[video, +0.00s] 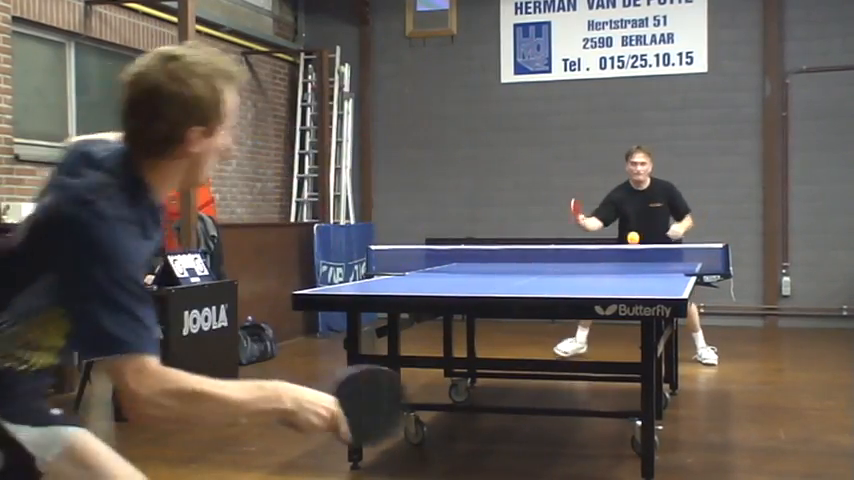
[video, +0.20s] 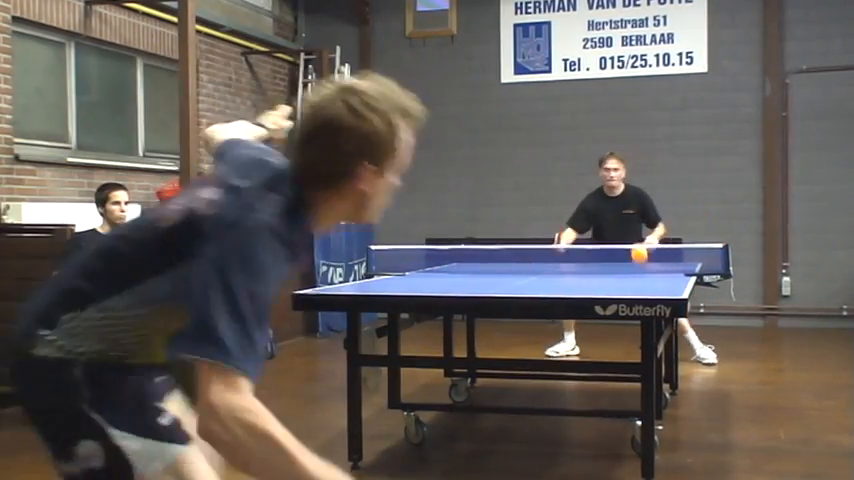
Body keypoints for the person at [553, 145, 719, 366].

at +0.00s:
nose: (638, 168)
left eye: (643, 164)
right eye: (633, 164)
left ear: (651, 167)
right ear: (626, 167)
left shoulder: (666, 190)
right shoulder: (619, 194)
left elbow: (688, 219)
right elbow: (597, 222)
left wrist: (680, 227)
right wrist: (583, 220)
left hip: (664, 262)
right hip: (626, 263)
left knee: (684, 299)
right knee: (591, 290)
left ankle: (701, 347)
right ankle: (580, 340)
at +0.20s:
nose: (611, 174)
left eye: (616, 170)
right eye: (606, 170)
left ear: (624, 173)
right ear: (599, 173)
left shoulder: (637, 196)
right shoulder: (592, 200)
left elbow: (660, 227)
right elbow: (573, 228)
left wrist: (651, 239)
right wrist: (562, 242)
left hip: (636, 266)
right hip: (600, 267)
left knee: (668, 298)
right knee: (563, 289)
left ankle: (698, 347)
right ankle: (569, 341)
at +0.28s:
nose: (601, 173)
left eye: (605, 168)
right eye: (596, 169)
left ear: (614, 171)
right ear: (590, 173)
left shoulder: (628, 195)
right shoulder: (582, 200)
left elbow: (648, 226)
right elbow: (564, 229)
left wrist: (642, 240)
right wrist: (556, 245)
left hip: (626, 264)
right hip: (590, 265)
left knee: (658, 294)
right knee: (555, 287)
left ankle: (687, 344)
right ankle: (568, 340)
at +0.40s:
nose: (592, 169)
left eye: (596, 164)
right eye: (587, 165)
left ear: (605, 167)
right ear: (581, 168)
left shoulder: (620, 191)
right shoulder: (574, 195)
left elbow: (641, 220)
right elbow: (559, 228)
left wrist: (635, 239)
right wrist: (553, 247)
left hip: (616, 260)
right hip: (583, 262)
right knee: (554, 288)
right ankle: (568, 340)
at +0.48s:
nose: (588, 165)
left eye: (592, 160)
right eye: (583, 161)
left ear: (601, 163)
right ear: (578, 164)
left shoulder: (619, 187)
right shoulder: (571, 192)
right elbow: (559, 223)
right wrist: (557, 254)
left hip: (613, 257)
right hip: (577, 258)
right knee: (554, 289)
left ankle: (653, 341)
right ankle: (566, 337)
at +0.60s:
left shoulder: (614, 192)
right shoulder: (570, 196)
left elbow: (638, 216)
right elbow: (559, 225)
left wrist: (622, 243)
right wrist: (555, 246)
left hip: (612, 258)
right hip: (580, 260)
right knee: (552, 283)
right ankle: (562, 339)